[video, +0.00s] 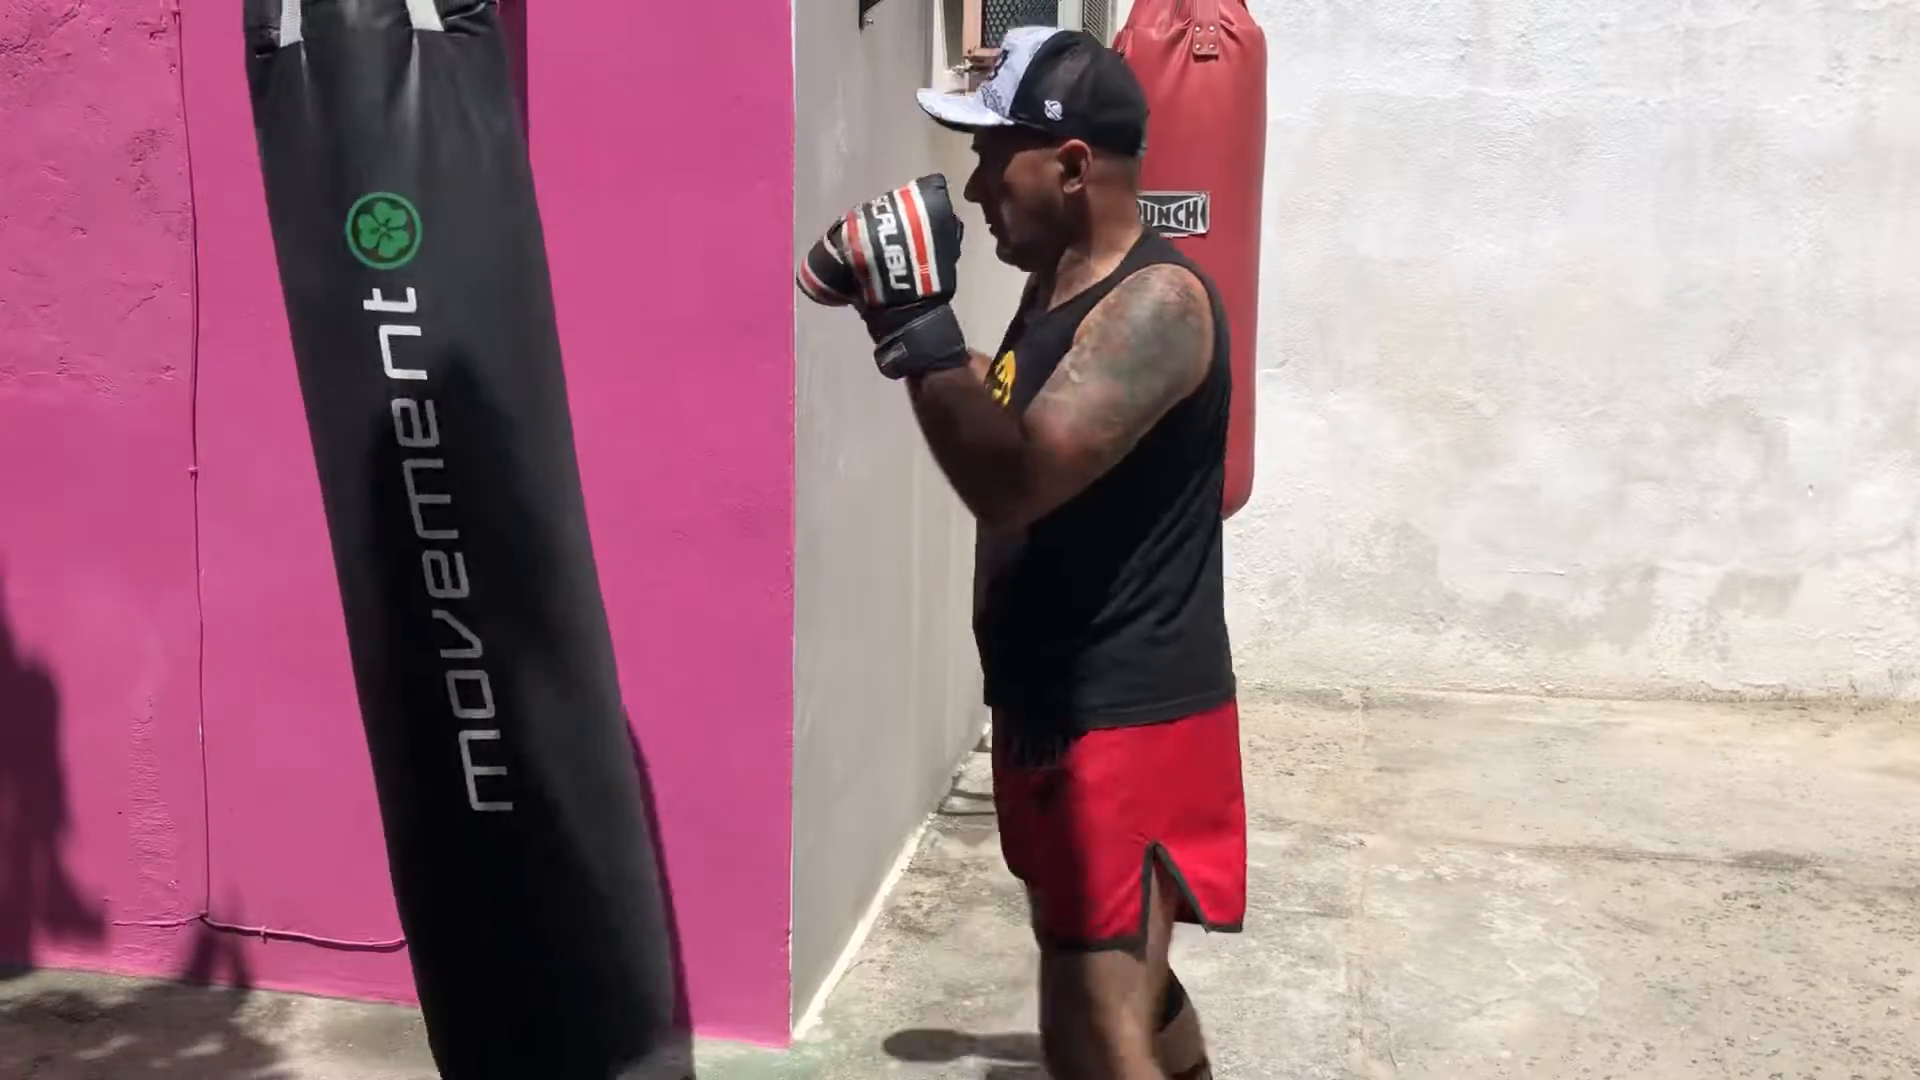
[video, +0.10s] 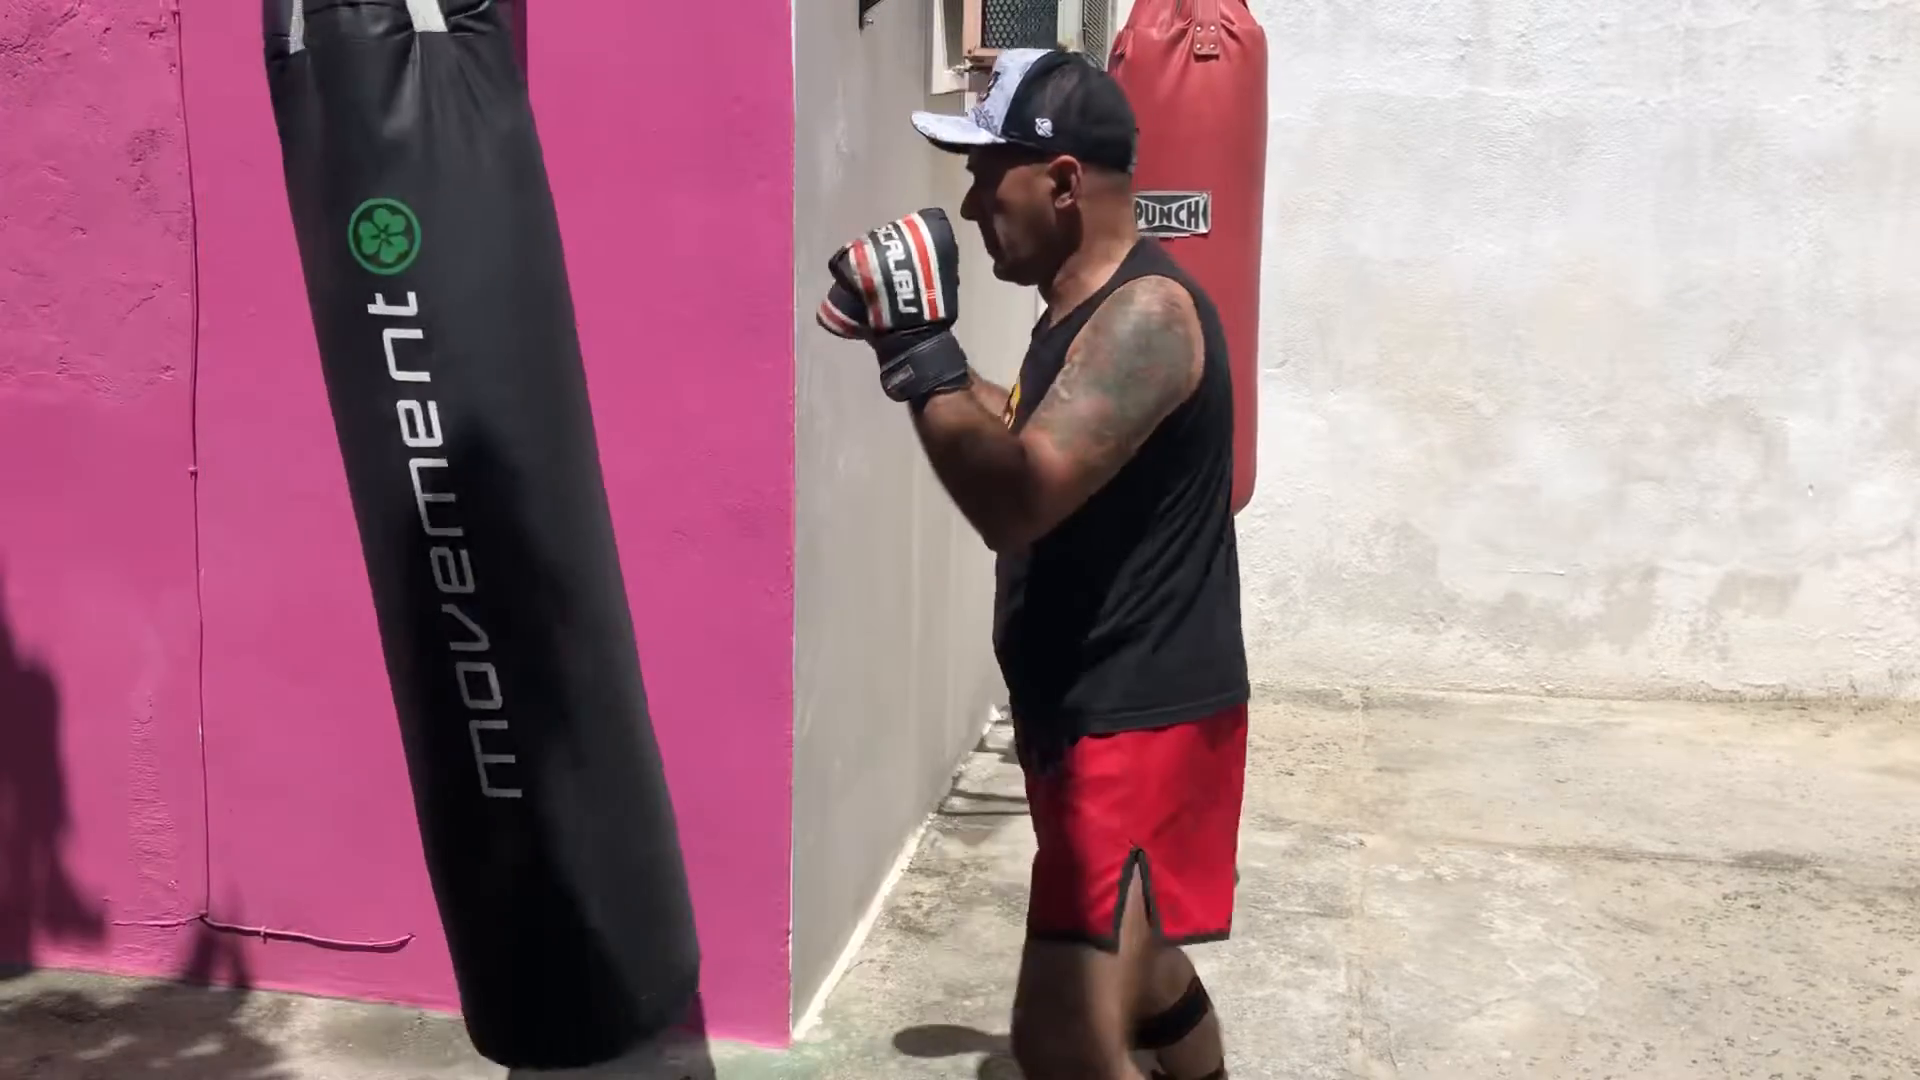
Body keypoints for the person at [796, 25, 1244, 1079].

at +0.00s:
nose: (975, 181)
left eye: (995, 152)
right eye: (978, 152)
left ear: (1072, 166)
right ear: (1068, 166)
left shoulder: (1158, 300)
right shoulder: (1061, 293)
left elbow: (1007, 483)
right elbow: (997, 439)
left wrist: (912, 315)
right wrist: (904, 310)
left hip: (1120, 717)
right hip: (1059, 712)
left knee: (1097, 1041)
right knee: (1136, 1005)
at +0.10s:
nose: (971, 195)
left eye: (990, 168)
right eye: (973, 168)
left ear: (1065, 182)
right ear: (1063, 183)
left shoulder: (1148, 315)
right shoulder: (1080, 308)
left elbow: (1015, 505)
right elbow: (1013, 442)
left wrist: (918, 344)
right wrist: (917, 341)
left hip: (1137, 718)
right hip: (1089, 710)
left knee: (1065, 1040)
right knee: (1157, 1000)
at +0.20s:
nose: (968, 188)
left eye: (985, 161)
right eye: (970, 161)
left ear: (1059, 172)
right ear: (1059, 174)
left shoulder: (1134, 307)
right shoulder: (1094, 302)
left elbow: (1008, 502)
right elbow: (1038, 478)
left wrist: (904, 356)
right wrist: (938, 371)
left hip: (1125, 713)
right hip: (1103, 705)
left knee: (1056, 1037)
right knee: (1152, 993)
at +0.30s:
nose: (965, 188)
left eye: (982, 160)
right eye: (968, 160)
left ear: (1055, 172)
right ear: (1056, 174)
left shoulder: (1122, 311)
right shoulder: (1100, 293)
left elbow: (974, 501)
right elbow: (1091, 486)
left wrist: (872, 342)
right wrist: (981, 415)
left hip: (1107, 729)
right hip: (1110, 715)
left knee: (1057, 1042)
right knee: (1142, 993)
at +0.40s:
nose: (941, 183)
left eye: (958, 154)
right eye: (946, 155)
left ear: (1026, 165)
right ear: (1037, 164)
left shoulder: (1082, 315)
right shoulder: (1148, 281)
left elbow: (939, 507)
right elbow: (1208, 486)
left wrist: (842, 347)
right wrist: (1021, 436)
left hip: (1074, 732)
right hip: (1133, 714)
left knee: (1045, 1039)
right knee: (1101, 999)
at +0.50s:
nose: (909, 172)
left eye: (922, 143)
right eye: (913, 144)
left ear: (983, 151)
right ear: (1010, 149)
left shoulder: (1043, 300)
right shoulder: (1137, 271)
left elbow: (901, 509)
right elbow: (1189, 468)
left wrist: (809, 354)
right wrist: (1033, 462)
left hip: (1059, 733)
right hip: (1099, 710)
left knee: (1058, 1043)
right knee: (985, 945)